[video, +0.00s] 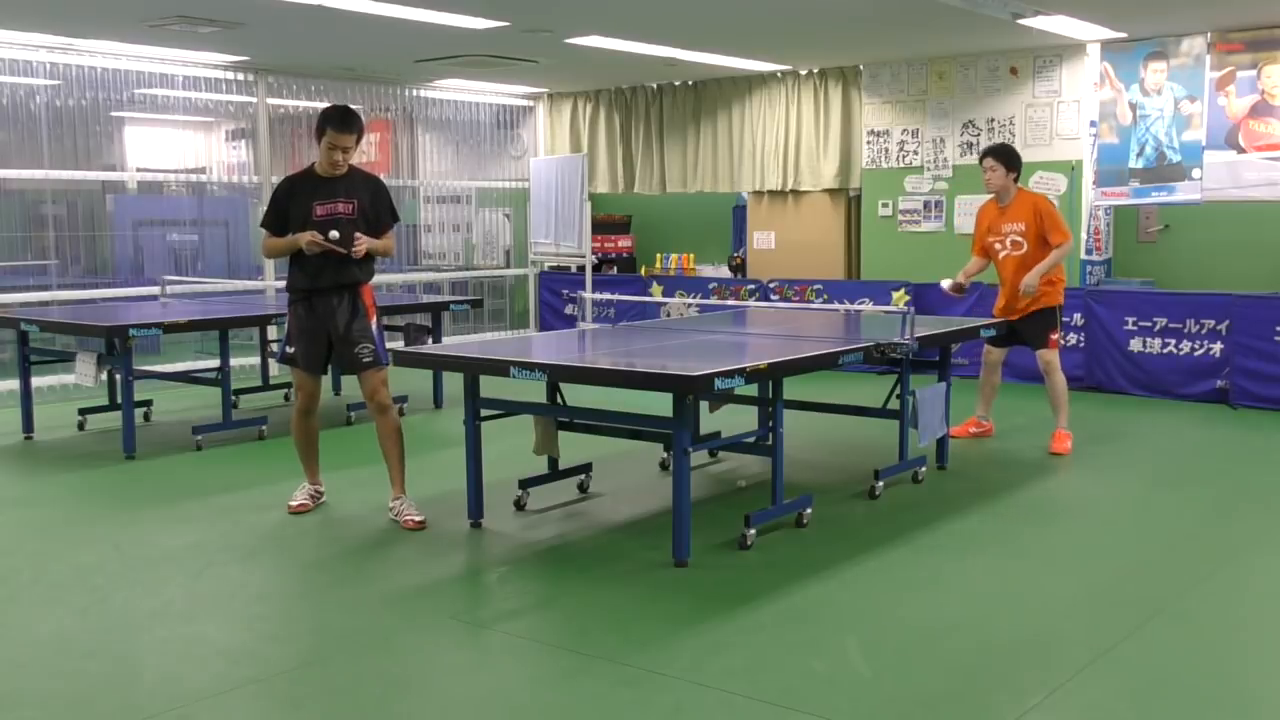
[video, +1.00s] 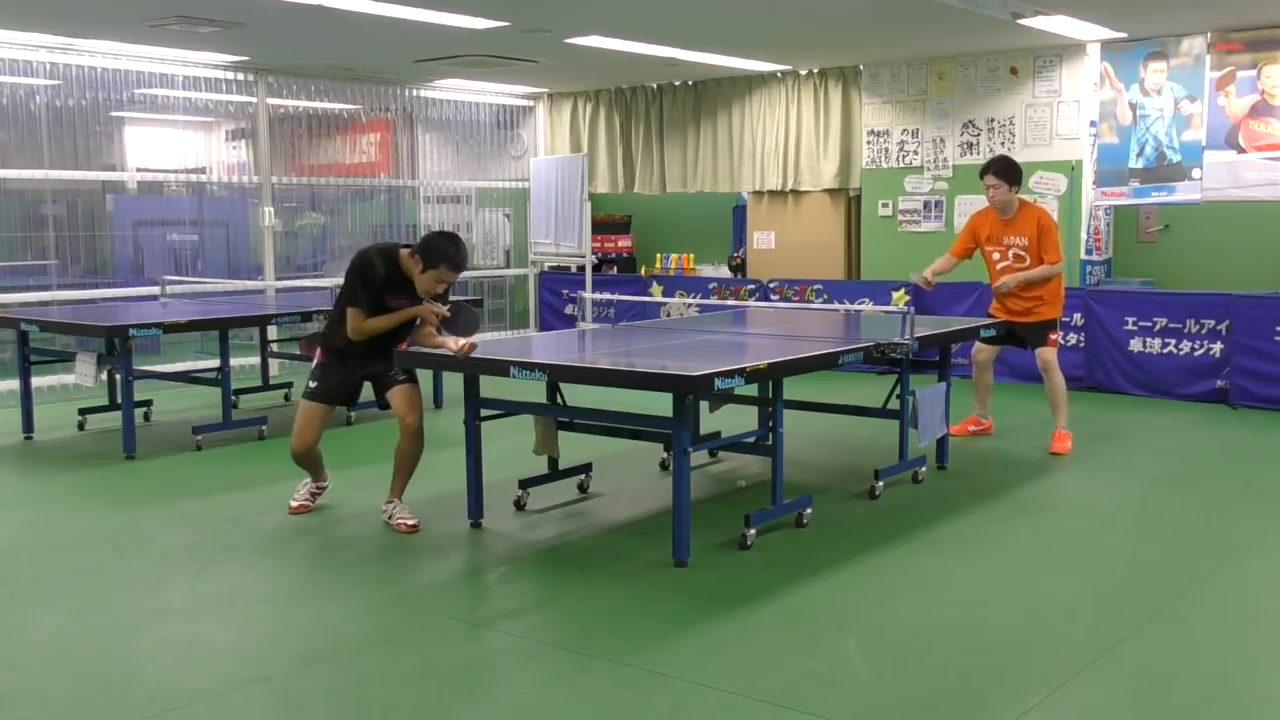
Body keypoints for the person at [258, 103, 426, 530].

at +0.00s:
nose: (340, 158)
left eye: (348, 150)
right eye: (333, 148)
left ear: (358, 146)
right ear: (317, 141)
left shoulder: (371, 187)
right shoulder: (290, 189)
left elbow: (390, 246)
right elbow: (269, 247)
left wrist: (371, 244)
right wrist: (298, 241)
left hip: (356, 303)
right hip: (307, 305)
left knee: (381, 399)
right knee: (305, 401)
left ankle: (399, 496)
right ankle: (312, 484)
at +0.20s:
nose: (342, 163)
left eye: (350, 155)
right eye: (336, 154)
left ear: (358, 151)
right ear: (319, 142)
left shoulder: (366, 188)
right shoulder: (288, 188)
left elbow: (383, 241)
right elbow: (261, 246)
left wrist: (371, 249)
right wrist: (297, 241)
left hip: (348, 304)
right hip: (300, 307)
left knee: (378, 400)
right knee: (301, 403)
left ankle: (399, 496)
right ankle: (311, 485)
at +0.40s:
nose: (359, 171)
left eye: (366, 163)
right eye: (353, 161)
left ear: (372, 159)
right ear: (335, 149)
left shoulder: (372, 192)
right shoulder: (295, 186)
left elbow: (381, 240)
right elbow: (262, 242)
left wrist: (377, 253)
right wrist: (307, 239)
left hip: (349, 305)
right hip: (300, 308)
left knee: (381, 395)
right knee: (300, 404)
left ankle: (397, 494)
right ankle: (312, 485)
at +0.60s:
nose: (390, 204)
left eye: (397, 197)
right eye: (385, 195)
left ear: (404, 191)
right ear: (364, 181)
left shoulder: (397, 218)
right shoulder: (321, 200)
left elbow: (392, 267)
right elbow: (284, 257)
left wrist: (401, 276)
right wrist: (338, 254)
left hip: (359, 316)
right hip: (310, 316)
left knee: (383, 397)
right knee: (301, 415)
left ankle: (393, 500)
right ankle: (313, 486)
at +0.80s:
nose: (423, 262)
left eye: (430, 256)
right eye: (419, 253)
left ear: (435, 248)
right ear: (397, 236)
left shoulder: (423, 262)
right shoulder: (352, 240)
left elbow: (414, 318)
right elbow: (326, 305)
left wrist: (433, 323)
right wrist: (387, 292)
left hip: (377, 338)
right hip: (328, 336)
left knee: (402, 413)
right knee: (298, 437)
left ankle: (394, 501)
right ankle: (314, 482)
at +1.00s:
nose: (442, 290)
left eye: (447, 285)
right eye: (439, 282)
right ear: (417, 262)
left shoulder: (434, 283)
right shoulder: (370, 262)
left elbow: (422, 334)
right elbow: (355, 329)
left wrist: (447, 341)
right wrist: (416, 312)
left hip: (388, 353)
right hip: (340, 352)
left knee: (412, 423)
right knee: (301, 446)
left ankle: (394, 502)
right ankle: (319, 480)